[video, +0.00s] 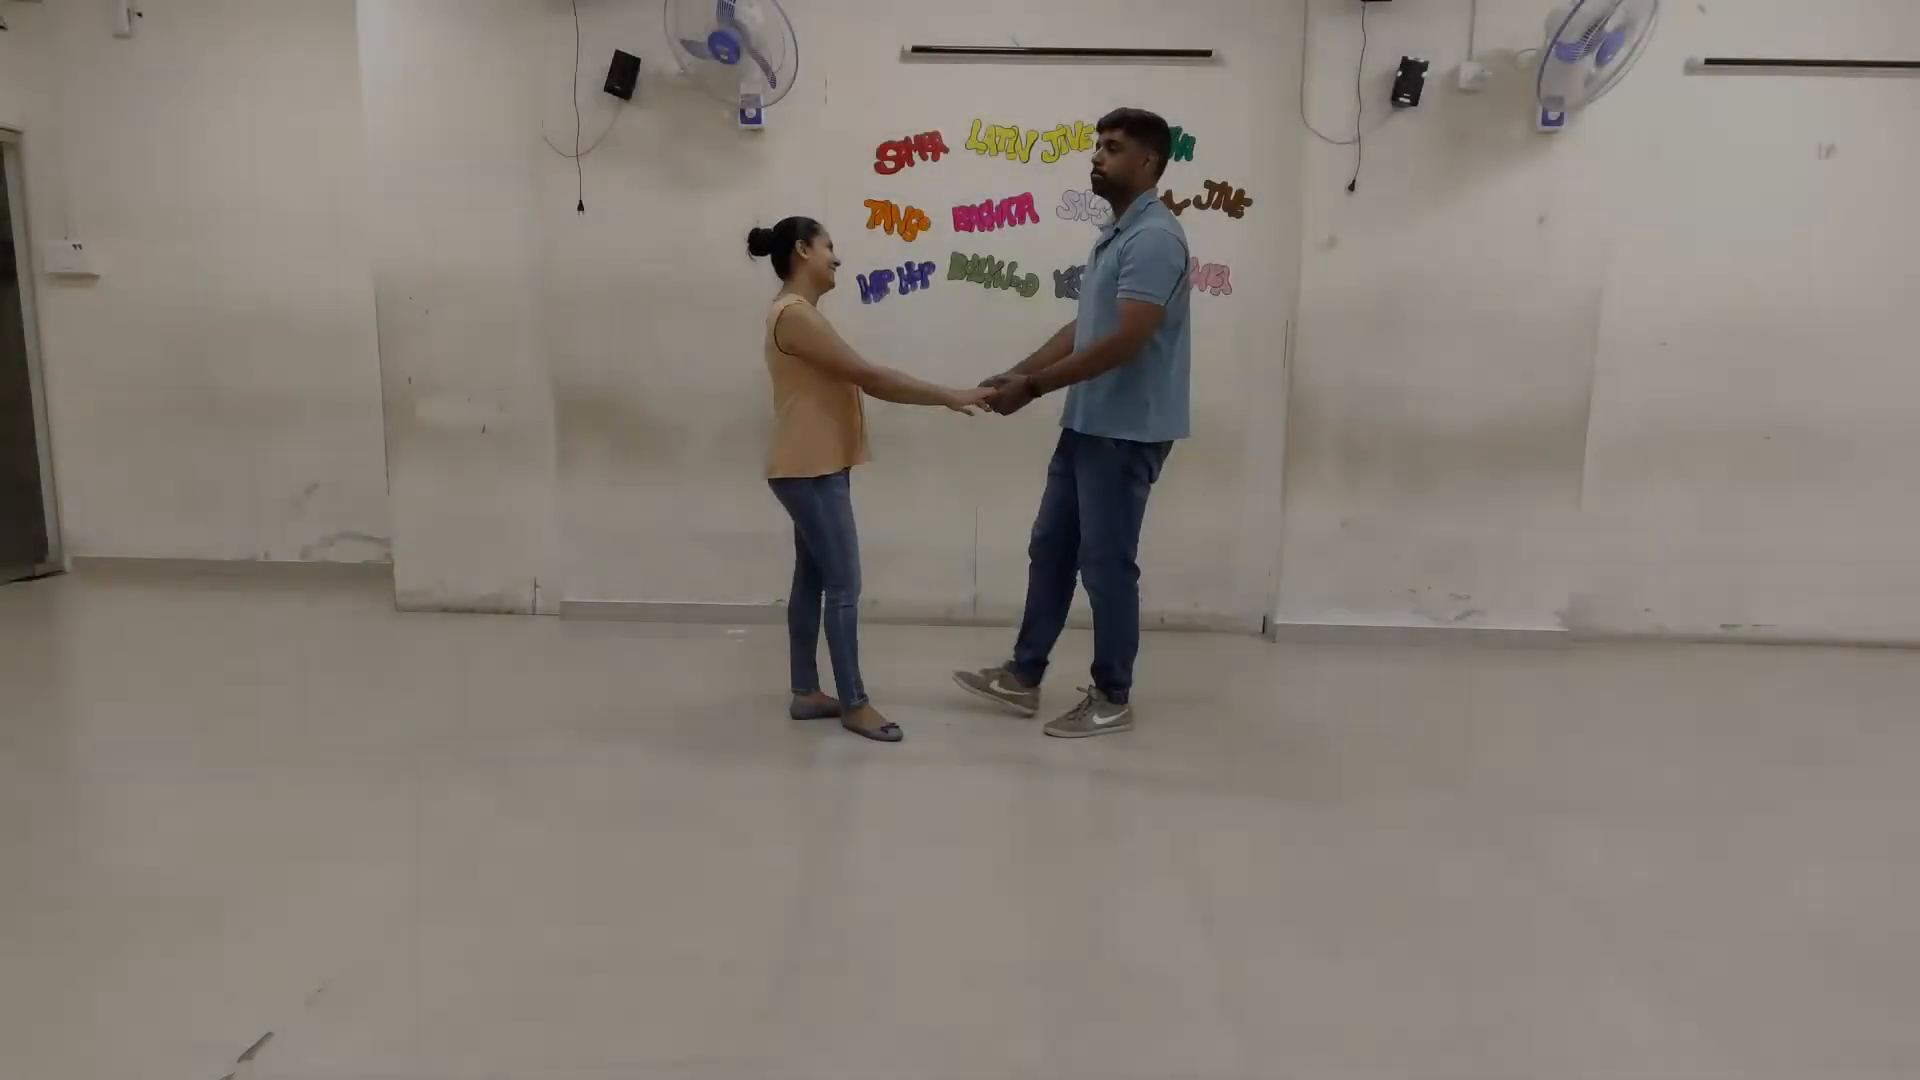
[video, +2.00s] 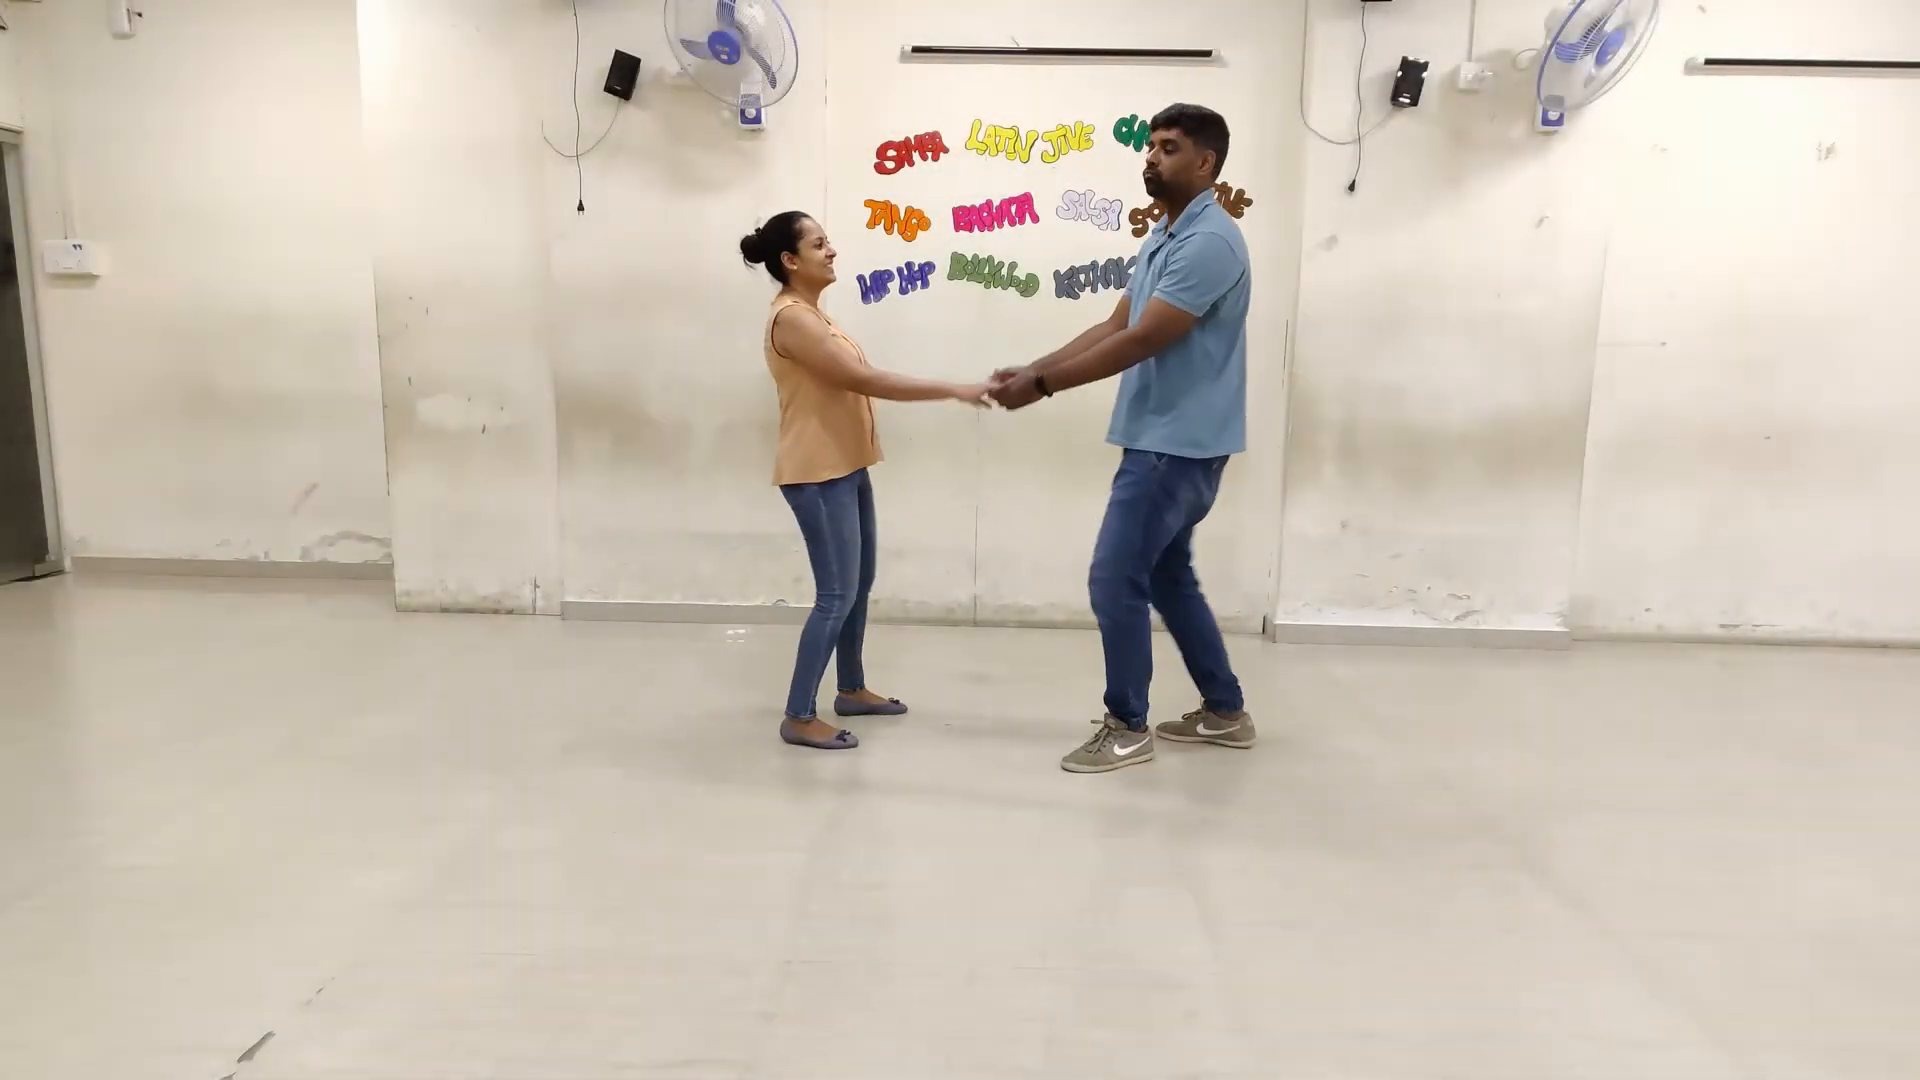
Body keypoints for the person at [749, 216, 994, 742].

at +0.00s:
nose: (836, 257)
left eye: (833, 248)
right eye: (829, 247)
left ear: (802, 255)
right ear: (802, 252)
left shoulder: (798, 314)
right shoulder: (794, 317)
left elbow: (871, 380)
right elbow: (871, 377)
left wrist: (947, 397)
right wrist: (949, 395)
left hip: (814, 468)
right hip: (811, 471)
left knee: (808, 583)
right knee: (843, 586)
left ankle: (806, 693)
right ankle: (854, 704)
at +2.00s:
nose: (831, 251)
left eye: (827, 242)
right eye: (818, 246)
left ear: (805, 258)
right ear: (790, 261)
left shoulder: (813, 312)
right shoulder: (792, 319)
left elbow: (857, 382)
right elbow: (864, 379)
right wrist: (956, 390)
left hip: (847, 470)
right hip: (817, 475)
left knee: (858, 585)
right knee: (836, 594)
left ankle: (852, 691)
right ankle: (798, 717)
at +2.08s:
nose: (828, 249)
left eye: (824, 240)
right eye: (816, 244)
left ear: (795, 257)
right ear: (787, 259)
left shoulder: (803, 311)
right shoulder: (790, 316)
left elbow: (870, 366)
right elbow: (874, 366)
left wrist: (960, 367)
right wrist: (967, 366)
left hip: (833, 467)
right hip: (808, 472)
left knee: (844, 587)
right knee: (825, 595)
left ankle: (856, 693)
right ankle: (798, 719)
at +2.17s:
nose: (827, 250)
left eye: (822, 241)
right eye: (815, 244)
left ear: (791, 258)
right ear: (786, 259)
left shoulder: (798, 311)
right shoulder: (787, 316)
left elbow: (878, 359)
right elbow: (878, 359)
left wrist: (964, 359)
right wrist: (969, 359)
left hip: (825, 469)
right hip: (803, 473)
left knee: (841, 584)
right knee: (826, 593)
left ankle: (855, 693)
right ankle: (798, 719)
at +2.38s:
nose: (847, 244)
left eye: (842, 235)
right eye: (835, 238)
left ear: (813, 251)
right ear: (806, 252)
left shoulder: (817, 305)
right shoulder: (804, 309)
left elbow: (886, 362)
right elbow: (889, 363)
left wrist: (958, 342)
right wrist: (967, 336)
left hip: (839, 468)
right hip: (806, 472)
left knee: (885, 563)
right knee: (820, 593)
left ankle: (867, 683)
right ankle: (795, 718)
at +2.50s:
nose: (873, 250)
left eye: (869, 241)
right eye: (862, 243)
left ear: (840, 257)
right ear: (832, 256)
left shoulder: (842, 312)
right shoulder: (826, 316)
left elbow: (870, 391)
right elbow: (889, 388)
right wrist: (966, 365)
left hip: (856, 476)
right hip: (822, 478)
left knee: (910, 568)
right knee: (842, 600)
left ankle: (897, 692)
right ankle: (798, 719)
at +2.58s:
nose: (900, 267)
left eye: (896, 258)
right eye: (889, 259)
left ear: (865, 272)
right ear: (860, 271)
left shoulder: (871, 332)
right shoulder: (853, 334)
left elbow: (903, 418)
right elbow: (889, 422)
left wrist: (981, 420)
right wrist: (977, 429)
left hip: (882, 493)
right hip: (849, 496)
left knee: (933, 584)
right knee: (863, 614)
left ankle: (923, 706)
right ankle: (799, 719)